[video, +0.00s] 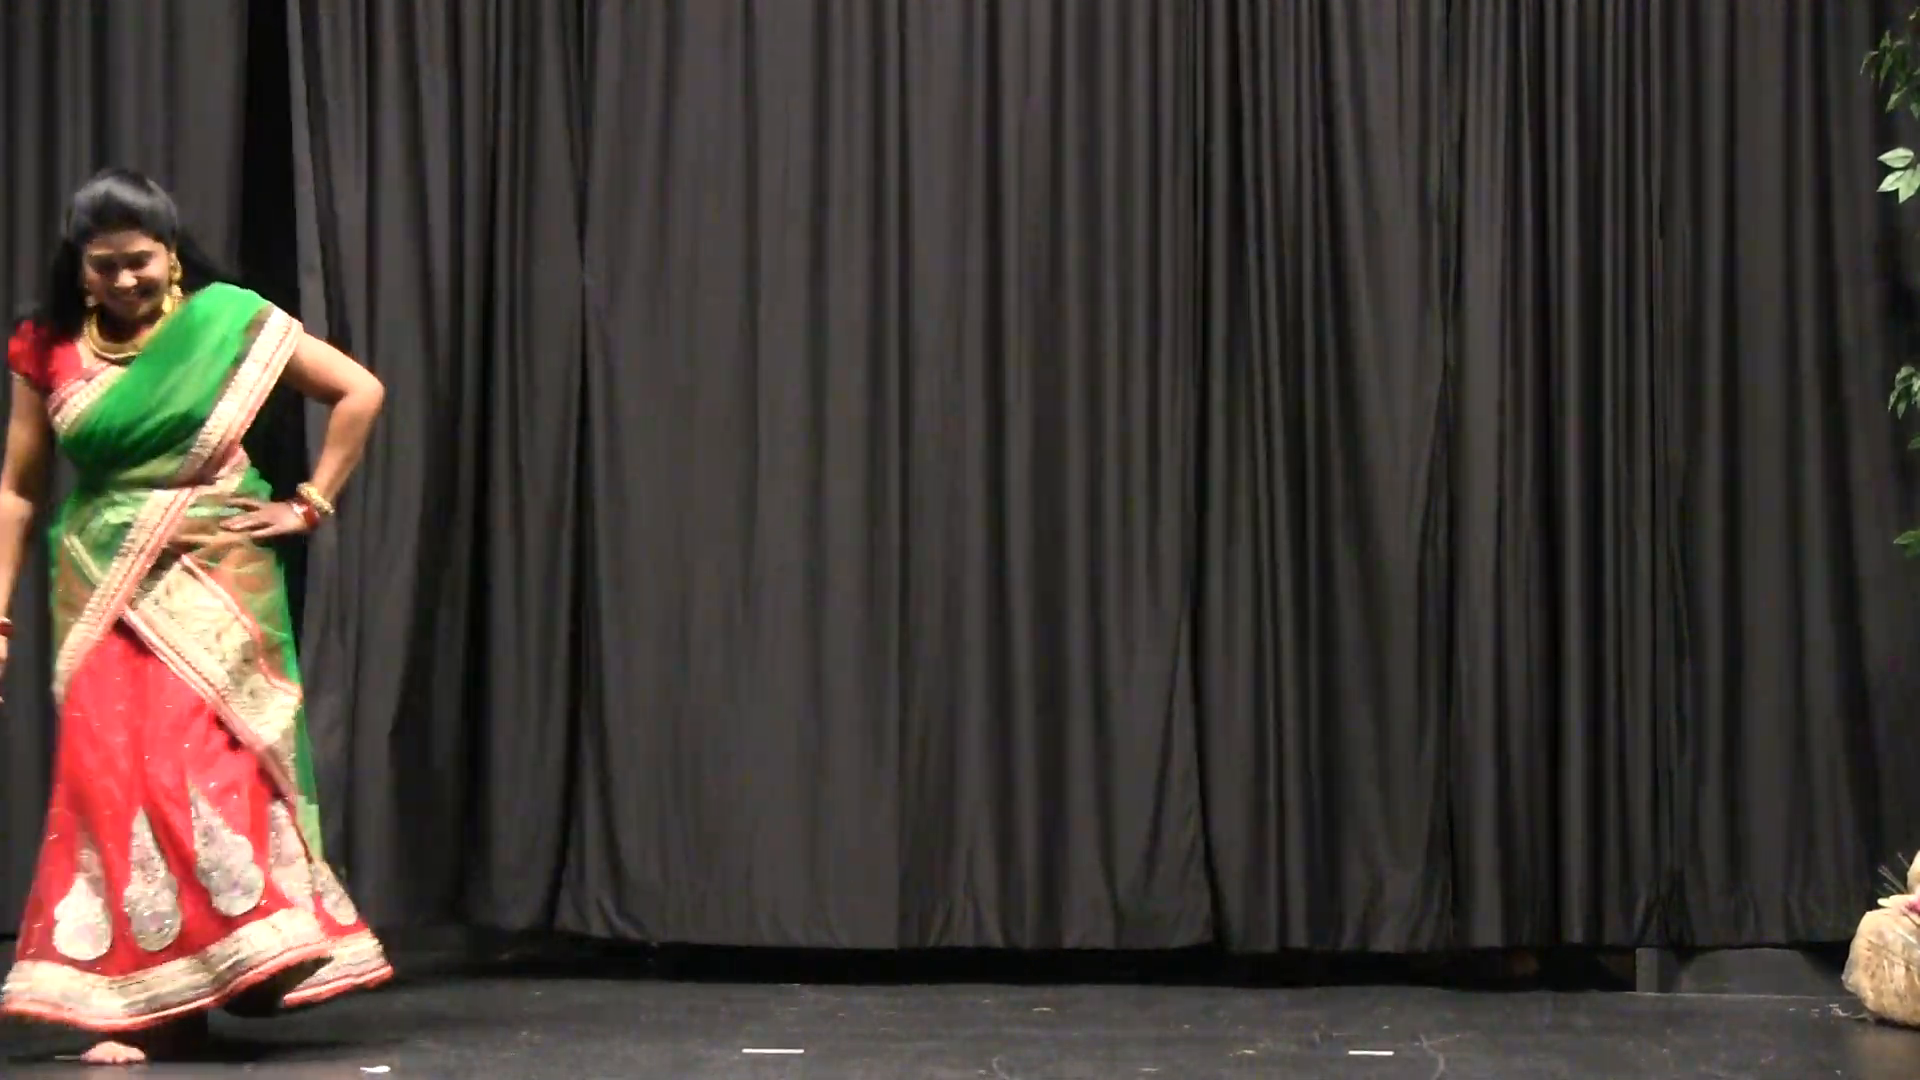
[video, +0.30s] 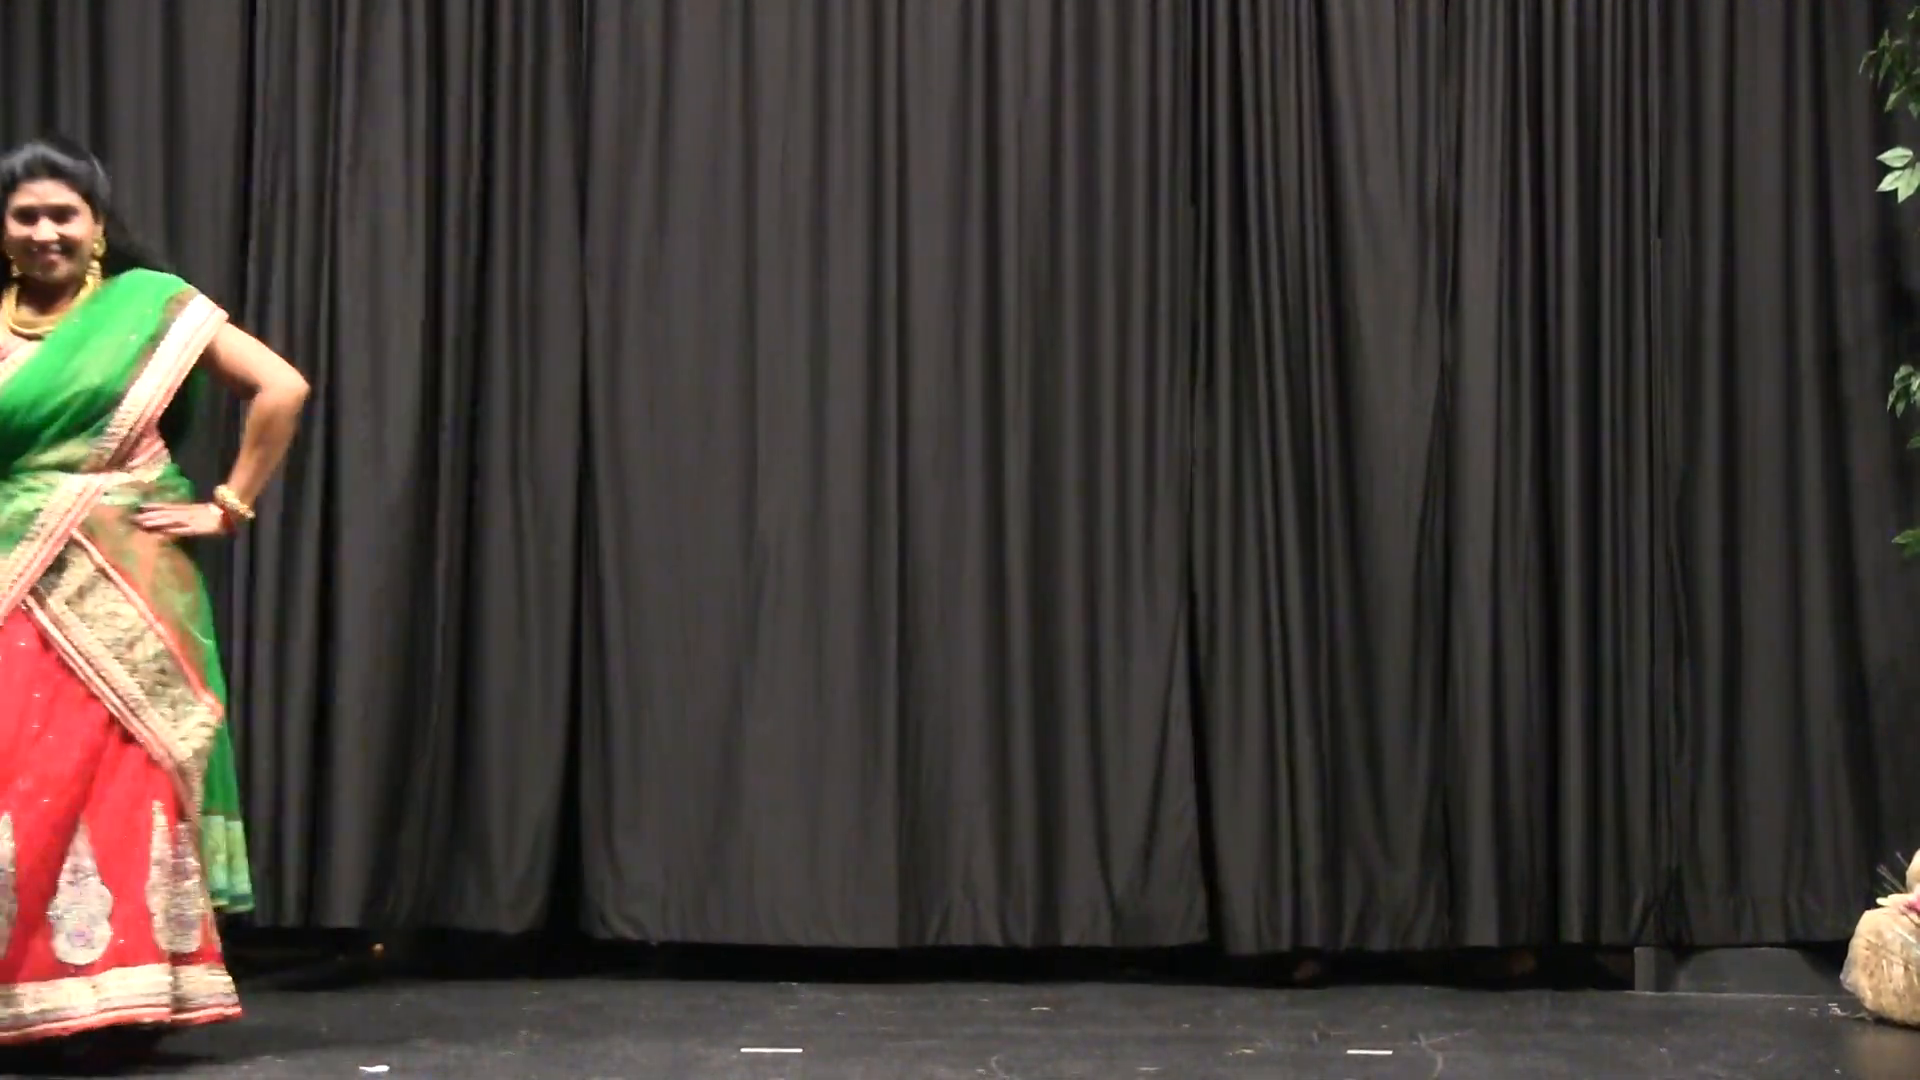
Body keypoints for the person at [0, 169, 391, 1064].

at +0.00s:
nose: (128, 281)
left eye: (143, 263)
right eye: (108, 266)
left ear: (175, 257)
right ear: (80, 267)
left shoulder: (224, 318)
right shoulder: (49, 352)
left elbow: (359, 391)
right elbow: (18, 488)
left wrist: (315, 499)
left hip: (215, 574)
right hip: (102, 581)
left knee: (192, 772)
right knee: (101, 776)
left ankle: (187, 988)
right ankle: (126, 1011)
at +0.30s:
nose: (44, 233)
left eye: (63, 214)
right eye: (25, 217)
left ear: (98, 221)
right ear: (2, 229)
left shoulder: (149, 302)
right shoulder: (4, 319)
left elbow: (280, 390)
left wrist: (230, 503)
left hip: (129, 567)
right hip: (23, 575)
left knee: (125, 778)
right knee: (27, 781)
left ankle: (123, 1005)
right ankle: (31, 1004)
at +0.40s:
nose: (14, 213)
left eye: (31, 196)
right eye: (0, 198)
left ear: (67, 210)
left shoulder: (117, 293)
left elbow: (248, 388)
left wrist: (197, 502)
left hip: (97, 562)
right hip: (11, 571)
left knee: (94, 770)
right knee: (25, 773)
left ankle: (109, 1003)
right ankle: (37, 1001)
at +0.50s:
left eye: (11, 181)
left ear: (43, 201)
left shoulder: (95, 287)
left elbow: (224, 390)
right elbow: (223, 389)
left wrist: (174, 507)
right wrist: (176, 501)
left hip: (69, 554)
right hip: (1, 562)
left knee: (63, 758)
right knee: (47, 763)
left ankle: (107, 998)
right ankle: (92, 994)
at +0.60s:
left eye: (4, 173)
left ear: (26, 190)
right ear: (5, 197)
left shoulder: (72, 276)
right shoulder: (73, 276)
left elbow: (208, 376)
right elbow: (209, 375)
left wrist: (158, 491)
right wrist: (159, 491)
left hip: (49, 555)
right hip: (32, 559)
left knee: (66, 768)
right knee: (66, 771)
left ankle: (111, 1014)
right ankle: (108, 1015)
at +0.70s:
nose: (2, 195)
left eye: (4, 179)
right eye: (3, 181)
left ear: (16, 188)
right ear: (15, 191)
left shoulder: (62, 272)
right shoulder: (67, 271)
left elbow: (203, 367)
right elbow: (205, 366)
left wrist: (153, 483)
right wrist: (155, 483)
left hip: (41, 555)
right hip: (47, 557)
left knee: (68, 768)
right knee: (77, 770)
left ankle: (124, 1017)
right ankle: (125, 1019)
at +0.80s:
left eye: (5, 165)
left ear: (25, 181)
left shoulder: (69, 268)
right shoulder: (70, 269)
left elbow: (206, 369)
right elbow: (207, 368)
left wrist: (160, 487)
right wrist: (161, 487)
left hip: (47, 560)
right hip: (34, 565)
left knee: (55, 783)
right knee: (54, 785)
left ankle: (138, 1046)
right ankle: (135, 1042)